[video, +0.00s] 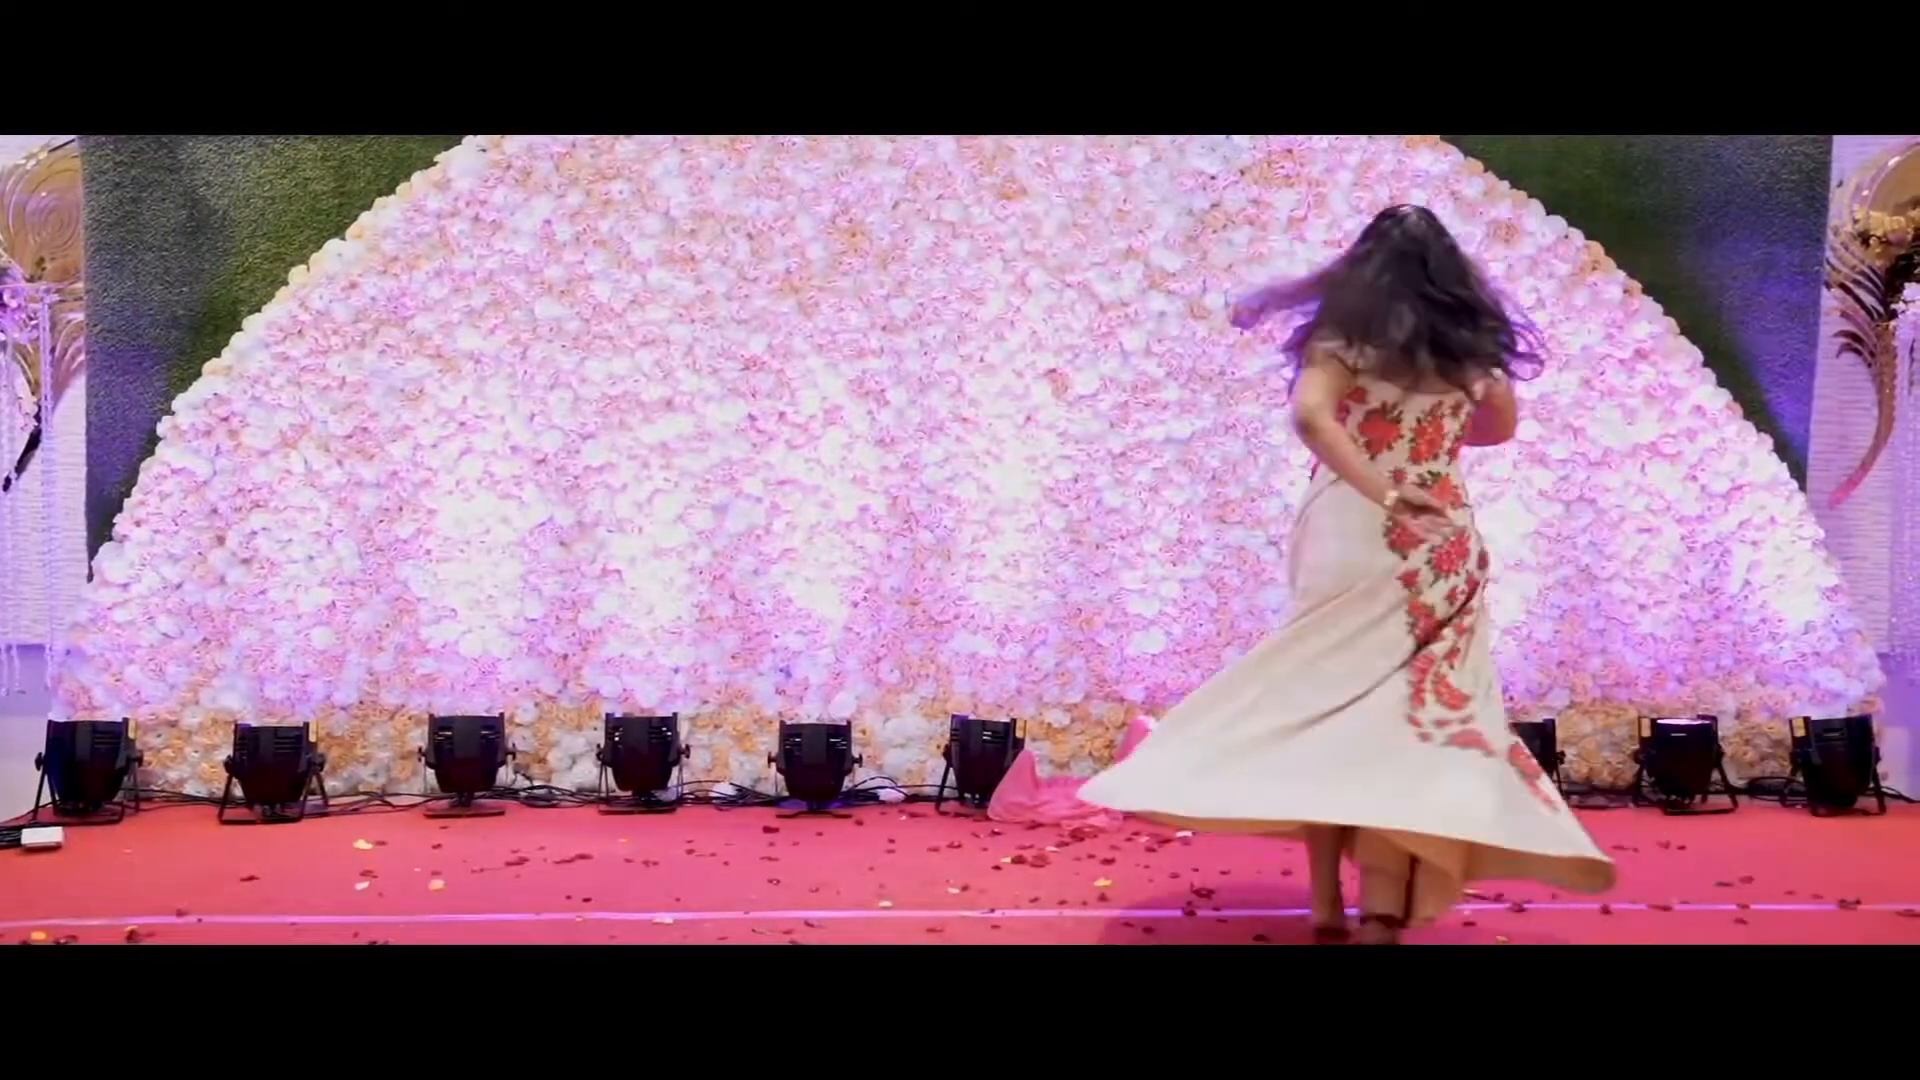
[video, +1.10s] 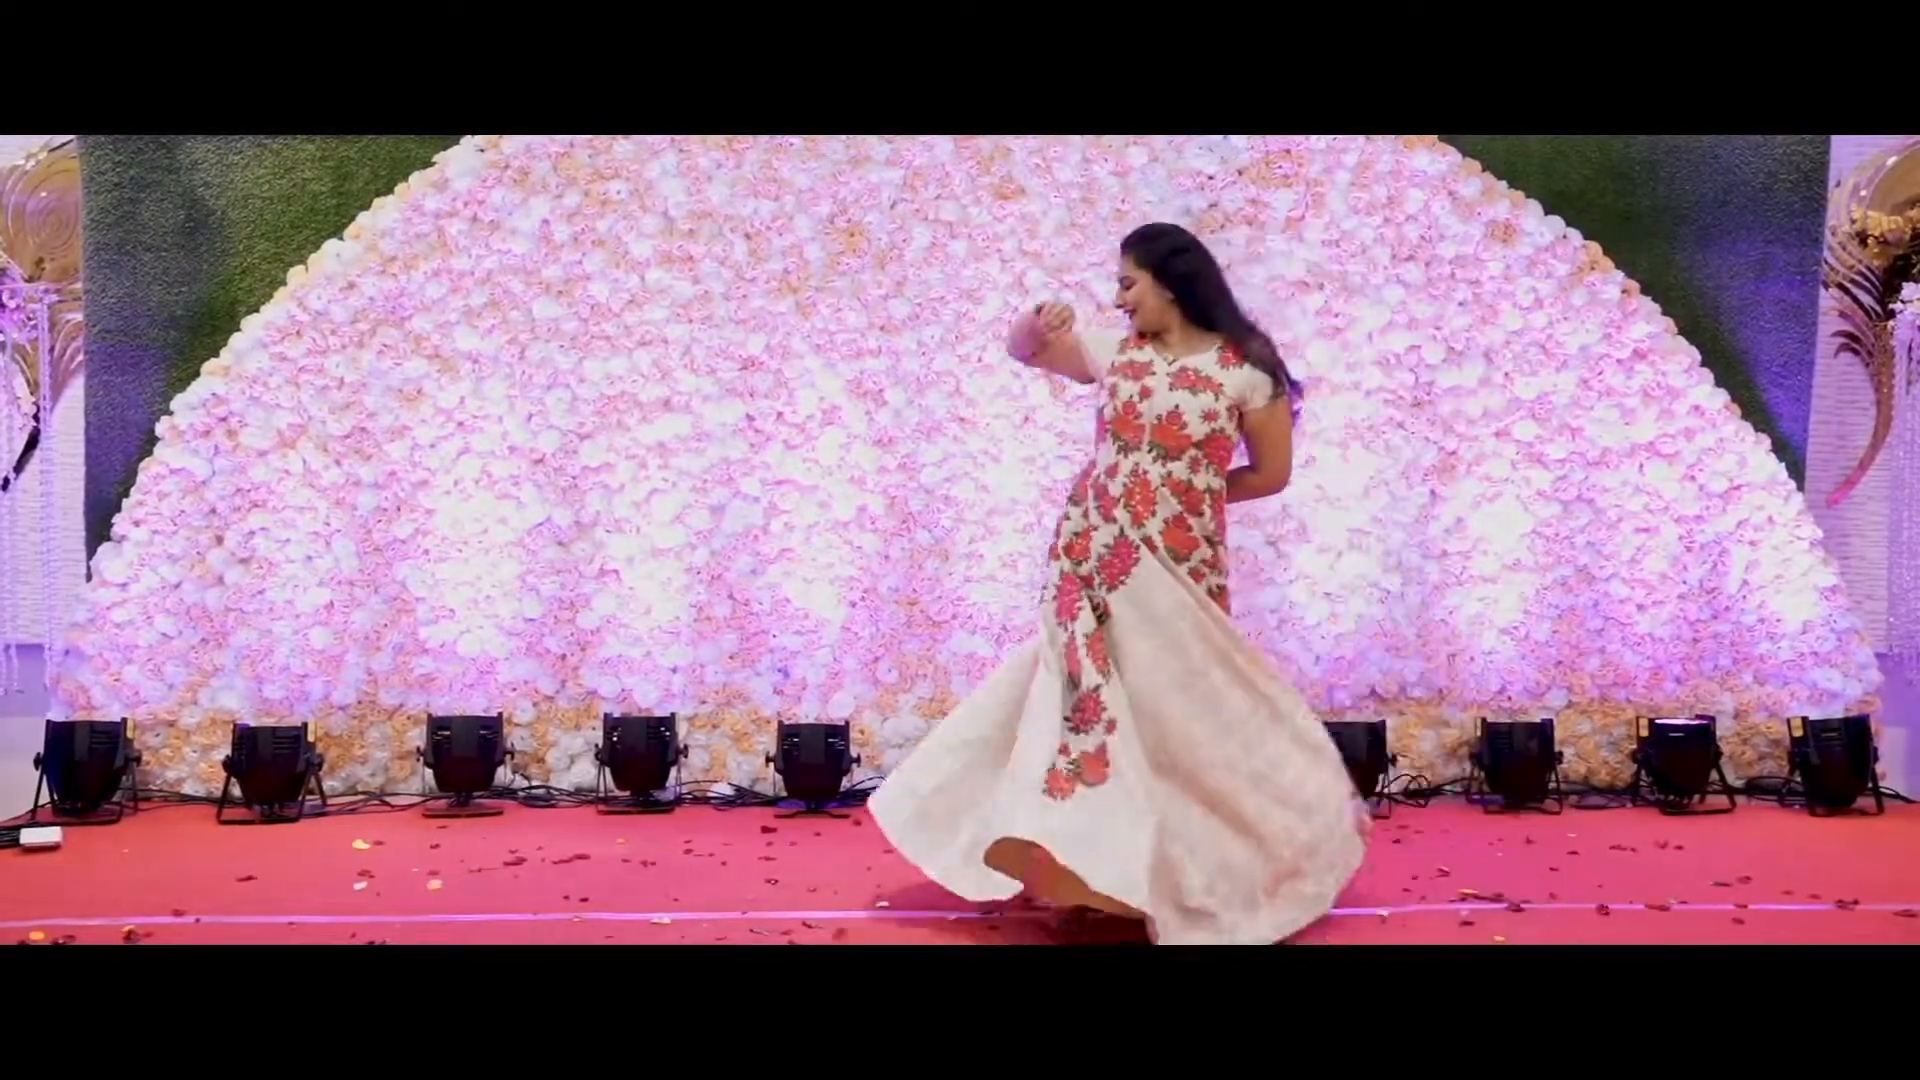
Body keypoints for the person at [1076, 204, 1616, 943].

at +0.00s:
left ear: (1359, 271)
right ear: (1448, 277)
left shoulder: (1335, 339)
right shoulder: (1462, 352)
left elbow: (1313, 417)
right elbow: (1500, 422)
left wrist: (1383, 493)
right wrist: (1438, 431)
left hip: (1351, 532)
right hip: (1443, 536)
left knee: (1326, 707)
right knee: (1408, 713)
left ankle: (1325, 898)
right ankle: (1388, 897)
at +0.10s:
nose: (1337, 270)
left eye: (1342, 258)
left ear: (1348, 275)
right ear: (1430, 276)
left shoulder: (1355, 354)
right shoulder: (1443, 360)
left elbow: (1379, 437)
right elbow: (1395, 432)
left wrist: (1435, 502)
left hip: (1352, 545)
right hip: (1413, 549)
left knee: (1306, 709)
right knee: (1383, 712)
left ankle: (1333, 902)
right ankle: (1408, 894)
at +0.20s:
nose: (1316, 279)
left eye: (1327, 265)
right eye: (1319, 265)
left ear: (1363, 272)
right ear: (1369, 274)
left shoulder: (1387, 361)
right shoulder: (1352, 354)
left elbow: (1448, 452)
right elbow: (1336, 440)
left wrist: (1444, 506)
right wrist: (1276, 411)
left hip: (1371, 549)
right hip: (1359, 542)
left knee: (1310, 705)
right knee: (1388, 717)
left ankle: (1332, 893)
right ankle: (1433, 884)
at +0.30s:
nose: (1307, 290)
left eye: (1319, 276)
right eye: (1306, 276)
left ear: (1363, 279)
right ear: (1329, 284)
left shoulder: (1402, 362)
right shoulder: (1314, 360)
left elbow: (1469, 464)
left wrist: (1418, 511)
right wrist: (1243, 403)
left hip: (1369, 567)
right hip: (1309, 562)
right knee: (1353, 727)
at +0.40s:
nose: (1296, 301)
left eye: (1308, 288)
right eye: (1293, 288)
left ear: (1351, 290)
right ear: (1304, 295)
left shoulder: (1390, 377)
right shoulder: (1285, 370)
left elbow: (1461, 480)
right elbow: (1187, 408)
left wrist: (1383, 520)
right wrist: (1238, 389)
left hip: (1358, 572)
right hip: (1288, 567)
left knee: (1342, 729)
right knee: (1282, 722)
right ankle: (1289, 879)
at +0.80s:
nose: (1201, 289)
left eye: (1212, 274)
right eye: (1200, 275)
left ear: (1260, 276)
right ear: (1224, 283)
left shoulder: (1329, 362)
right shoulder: (1198, 352)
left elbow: (1355, 472)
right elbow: (1085, 349)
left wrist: (1281, 493)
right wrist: (1153, 360)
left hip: (1268, 558)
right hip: (1182, 552)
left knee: (1278, 737)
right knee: (1169, 729)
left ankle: (1283, 910)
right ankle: (1166, 909)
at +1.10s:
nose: (1123, 298)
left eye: (1131, 284)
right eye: (1120, 286)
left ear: (1174, 280)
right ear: (1143, 287)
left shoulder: (1244, 370)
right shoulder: (1117, 351)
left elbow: (1272, 475)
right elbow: (1038, 353)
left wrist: (1193, 493)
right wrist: (1037, 327)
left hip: (1175, 550)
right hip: (1091, 541)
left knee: (1168, 712)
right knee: (1087, 706)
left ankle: (1167, 884)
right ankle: (1094, 882)